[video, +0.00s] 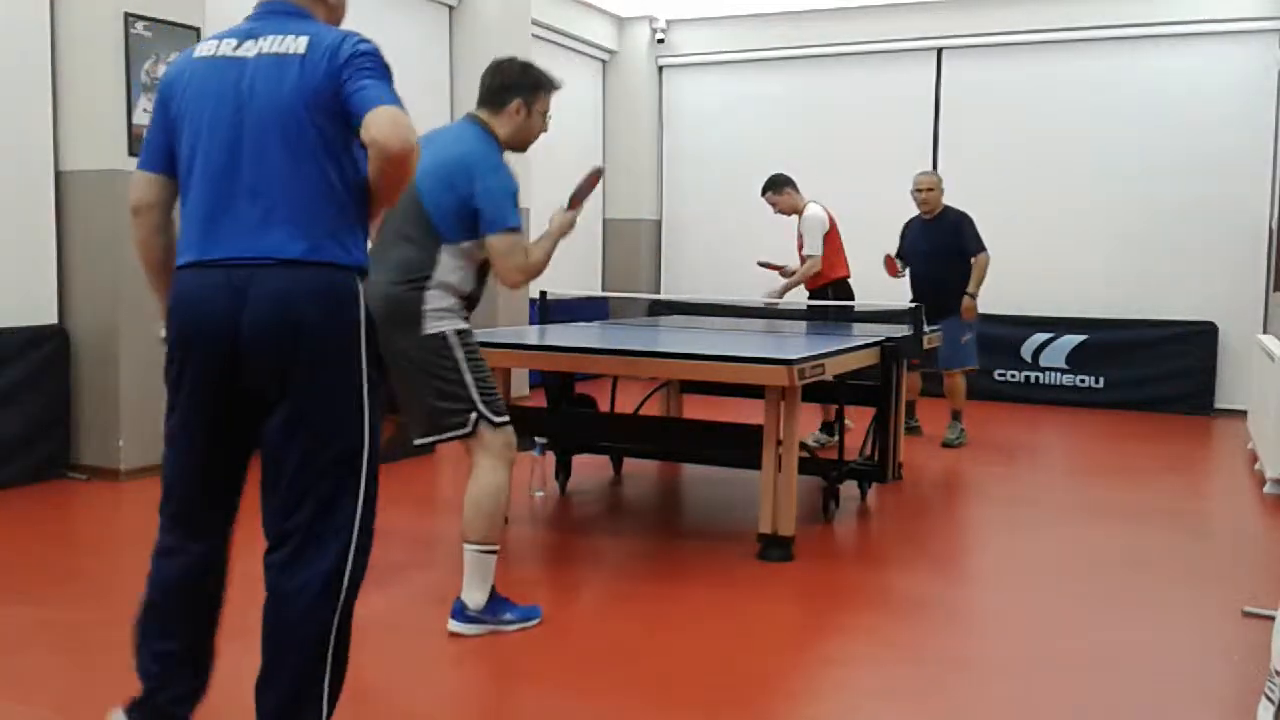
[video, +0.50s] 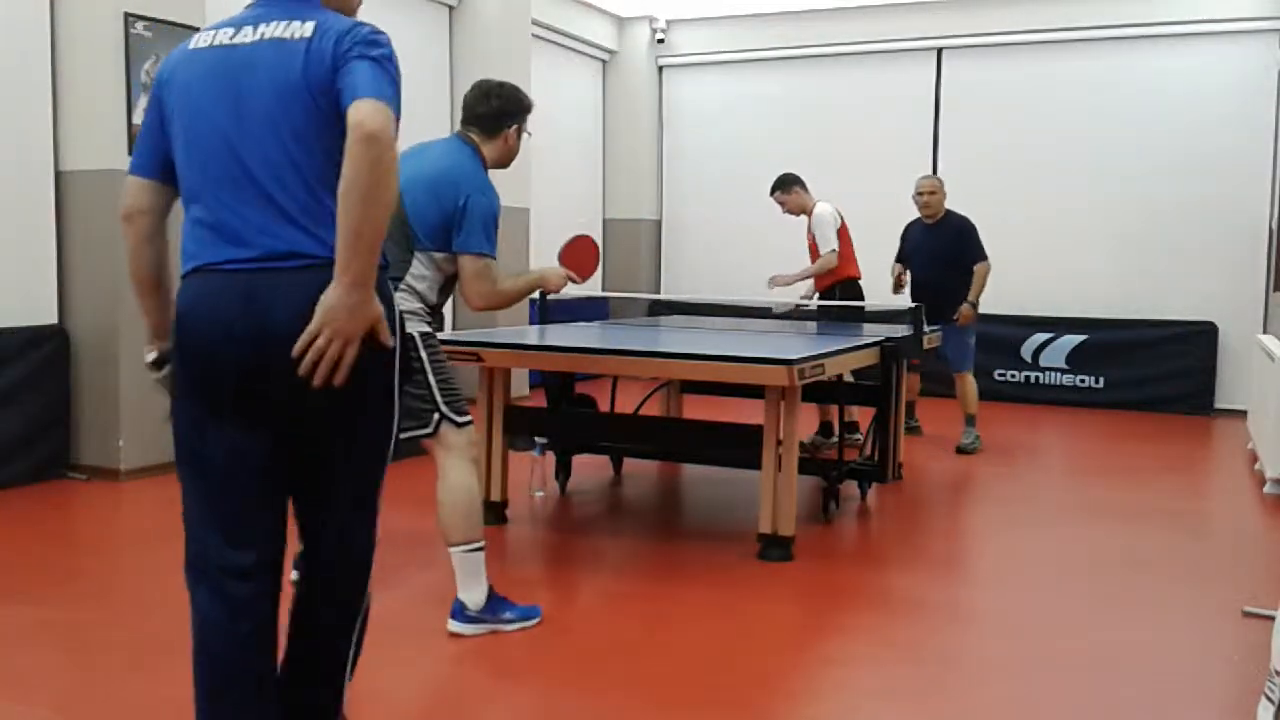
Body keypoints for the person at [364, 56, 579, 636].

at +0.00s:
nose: (544, 128)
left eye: (546, 116)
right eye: (542, 115)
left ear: (496, 105)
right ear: (516, 107)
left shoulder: (443, 142)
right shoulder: (486, 166)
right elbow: (516, 272)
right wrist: (555, 233)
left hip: (379, 305)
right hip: (424, 313)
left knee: (353, 444)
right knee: (496, 444)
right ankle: (476, 601)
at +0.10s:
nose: (533, 140)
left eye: (536, 130)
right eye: (534, 129)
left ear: (482, 116)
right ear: (515, 125)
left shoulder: (436, 154)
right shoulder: (474, 177)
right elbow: (499, 286)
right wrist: (551, 253)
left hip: (375, 325)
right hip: (418, 329)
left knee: (360, 458)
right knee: (484, 444)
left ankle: (326, 585)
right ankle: (475, 600)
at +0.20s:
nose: (528, 143)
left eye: (530, 133)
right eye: (529, 132)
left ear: (475, 119)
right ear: (513, 129)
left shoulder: (426, 155)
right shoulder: (475, 185)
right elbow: (482, 293)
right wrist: (541, 266)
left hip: (360, 312)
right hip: (404, 324)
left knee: (351, 454)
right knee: (465, 444)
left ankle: (321, 588)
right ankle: (474, 598)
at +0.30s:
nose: (524, 141)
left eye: (526, 131)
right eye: (525, 131)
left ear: (470, 119)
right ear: (511, 130)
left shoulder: (422, 154)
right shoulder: (474, 185)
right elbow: (476, 293)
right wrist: (539, 270)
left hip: (359, 310)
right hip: (402, 322)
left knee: (357, 454)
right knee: (455, 445)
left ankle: (324, 595)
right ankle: (473, 599)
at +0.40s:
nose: (522, 141)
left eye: (524, 132)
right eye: (523, 132)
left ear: (467, 120)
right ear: (509, 131)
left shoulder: (420, 156)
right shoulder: (475, 186)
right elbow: (478, 295)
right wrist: (538, 276)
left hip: (353, 308)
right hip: (399, 320)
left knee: (358, 453)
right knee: (454, 445)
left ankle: (323, 594)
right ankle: (474, 599)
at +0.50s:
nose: (521, 144)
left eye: (522, 134)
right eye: (521, 134)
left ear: (467, 123)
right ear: (508, 133)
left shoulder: (419, 158)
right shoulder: (475, 187)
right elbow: (480, 296)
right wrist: (540, 278)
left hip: (353, 311)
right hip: (400, 323)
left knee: (353, 450)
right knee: (458, 445)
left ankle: (317, 564)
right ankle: (474, 599)